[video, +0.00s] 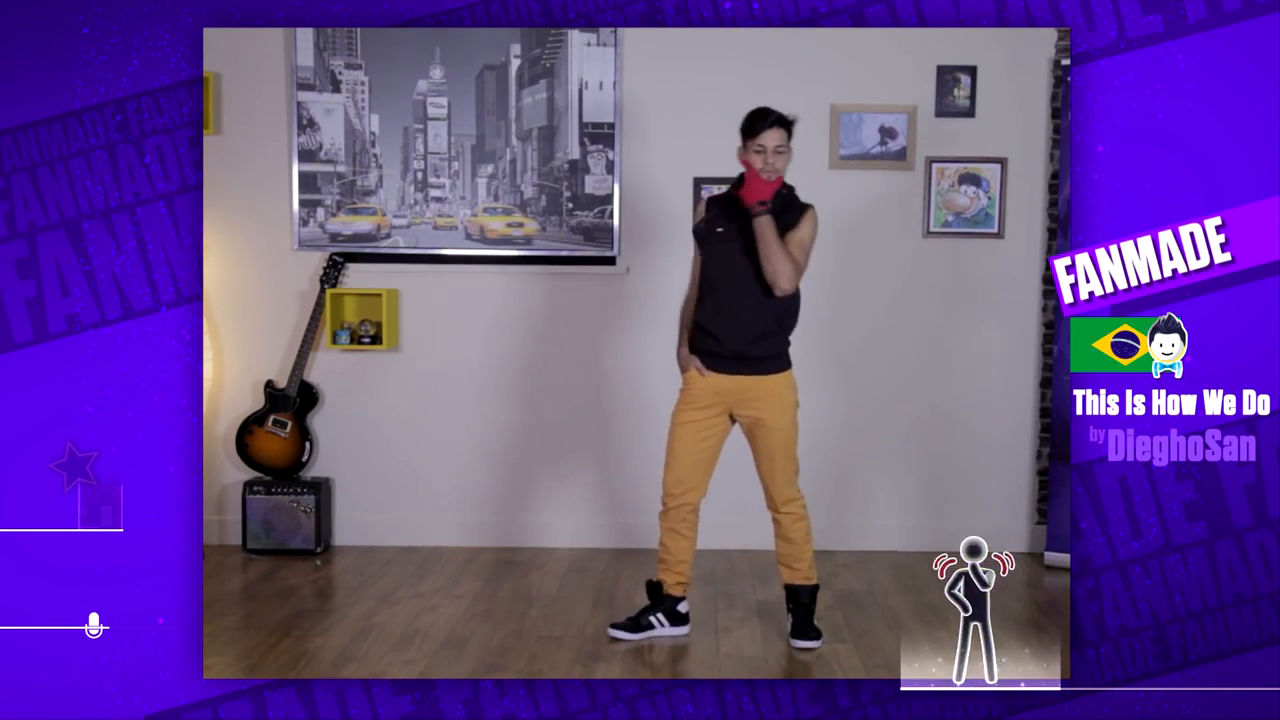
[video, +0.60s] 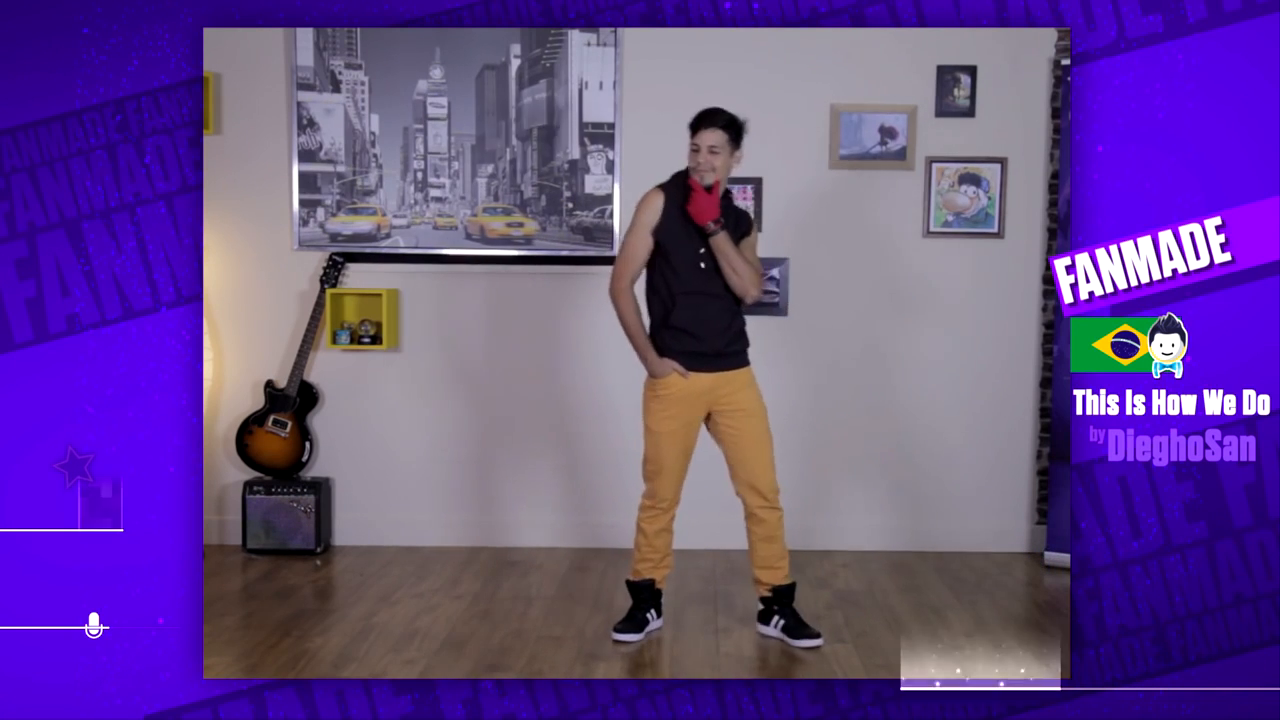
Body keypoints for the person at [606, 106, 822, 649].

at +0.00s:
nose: (769, 161)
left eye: (779, 152)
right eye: (760, 151)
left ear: (790, 157)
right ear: (741, 152)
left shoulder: (799, 215)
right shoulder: (712, 210)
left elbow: (784, 281)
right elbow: (696, 287)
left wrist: (760, 212)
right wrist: (684, 347)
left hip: (767, 384)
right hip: (704, 379)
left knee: (784, 498)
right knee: (678, 497)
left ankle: (801, 606)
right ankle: (670, 605)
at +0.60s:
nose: (703, 159)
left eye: (714, 151)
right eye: (697, 150)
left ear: (734, 158)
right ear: (688, 153)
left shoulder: (741, 221)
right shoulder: (661, 203)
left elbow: (750, 290)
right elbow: (620, 285)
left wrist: (714, 228)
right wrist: (651, 359)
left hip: (734, 378)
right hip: (673, 379)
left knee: (763, 493)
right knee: (659, 496)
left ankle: (776, 605)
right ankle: (645, 602)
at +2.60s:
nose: (687, 165)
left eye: (695, 153)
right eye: (678, 160)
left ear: (722, 151)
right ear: (674, 167)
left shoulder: (760, 206)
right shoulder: (686, 218)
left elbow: (735, 276)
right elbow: (681, 295)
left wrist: (695, 215)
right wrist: (664, 345)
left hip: (747, 385)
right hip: (686, 381)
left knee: (770, 502)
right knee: (663, 498)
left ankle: (794, 606)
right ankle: (655, 604)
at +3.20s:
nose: (722, 166)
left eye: (735, 158)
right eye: (717, 155)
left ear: (761, 165)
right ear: (709, 156)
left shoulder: (767, 229)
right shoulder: (678, 206)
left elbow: (764, 302)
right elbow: (633, 285)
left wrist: (733, 236)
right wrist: (660, 361)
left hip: (745, 383)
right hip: (682, 381)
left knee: (762, 497)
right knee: (661, 496)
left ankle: (778, 604)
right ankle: (642, 600)